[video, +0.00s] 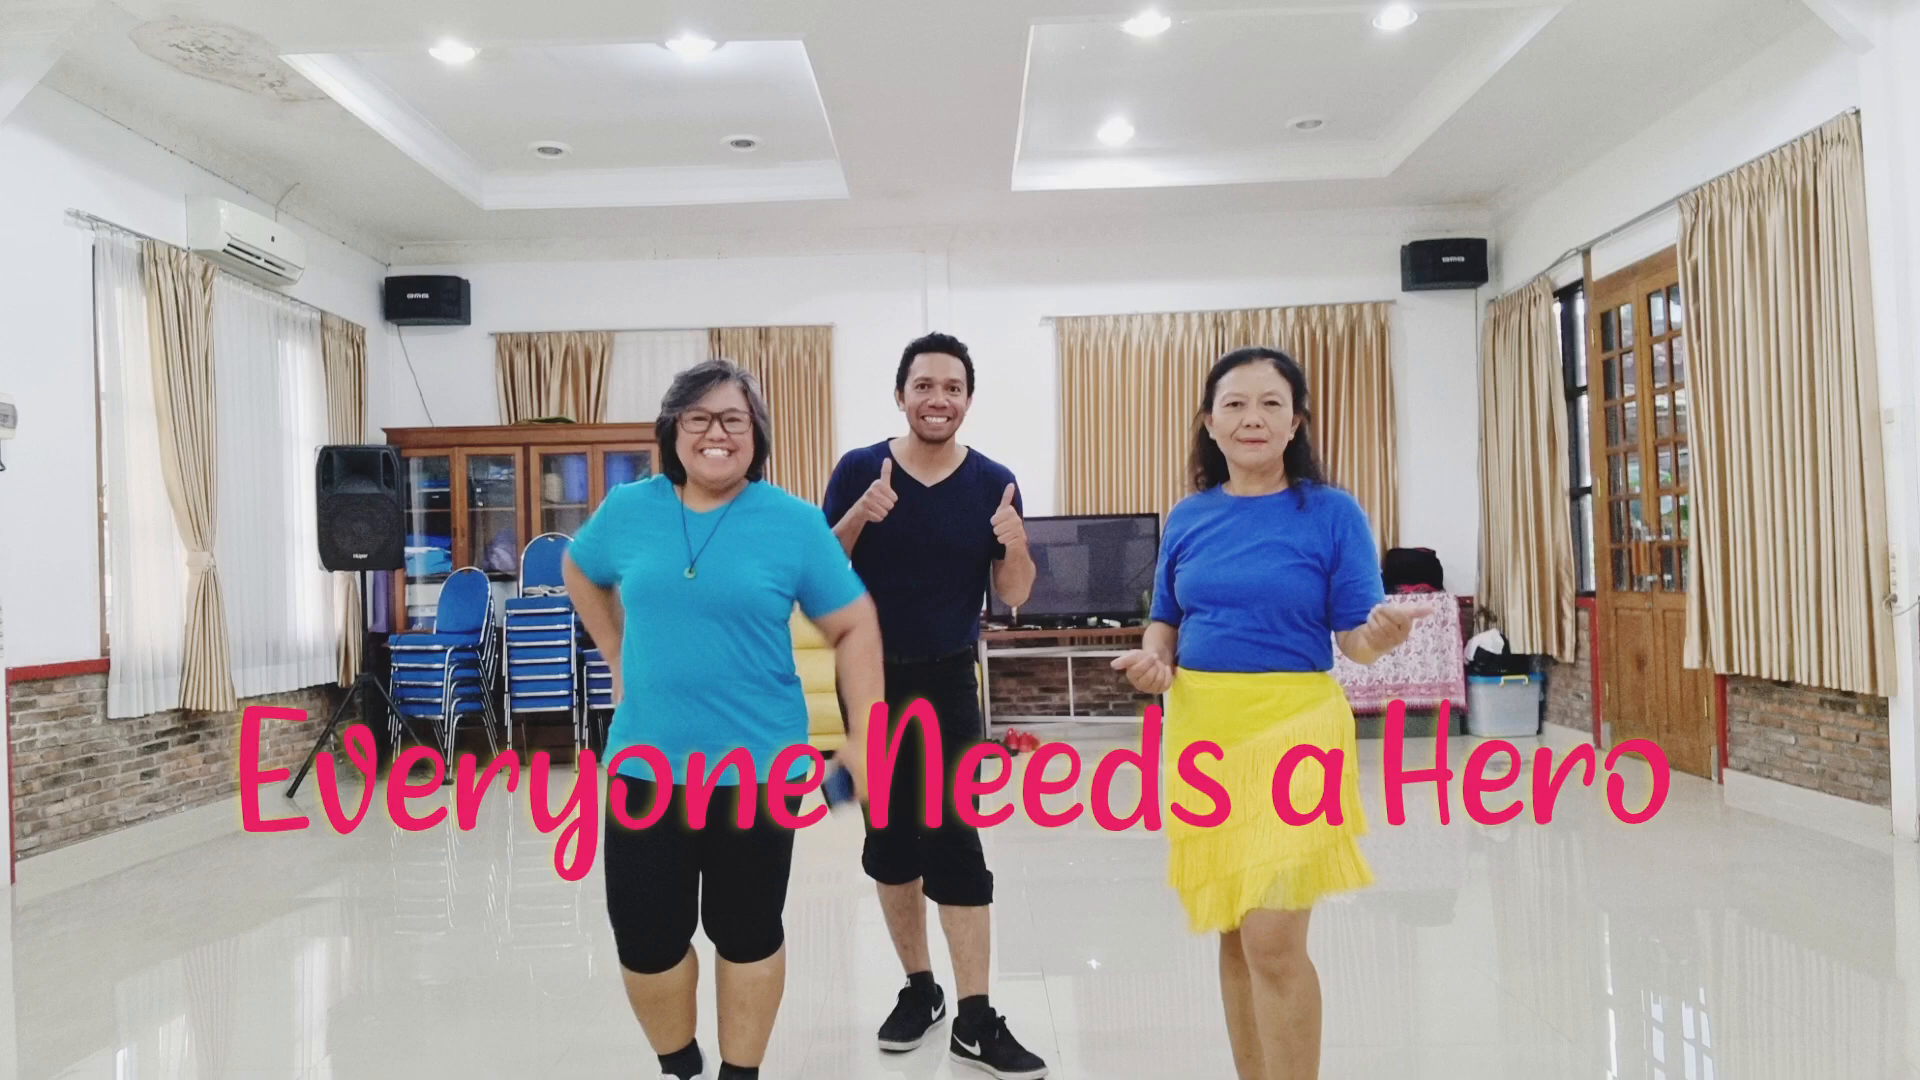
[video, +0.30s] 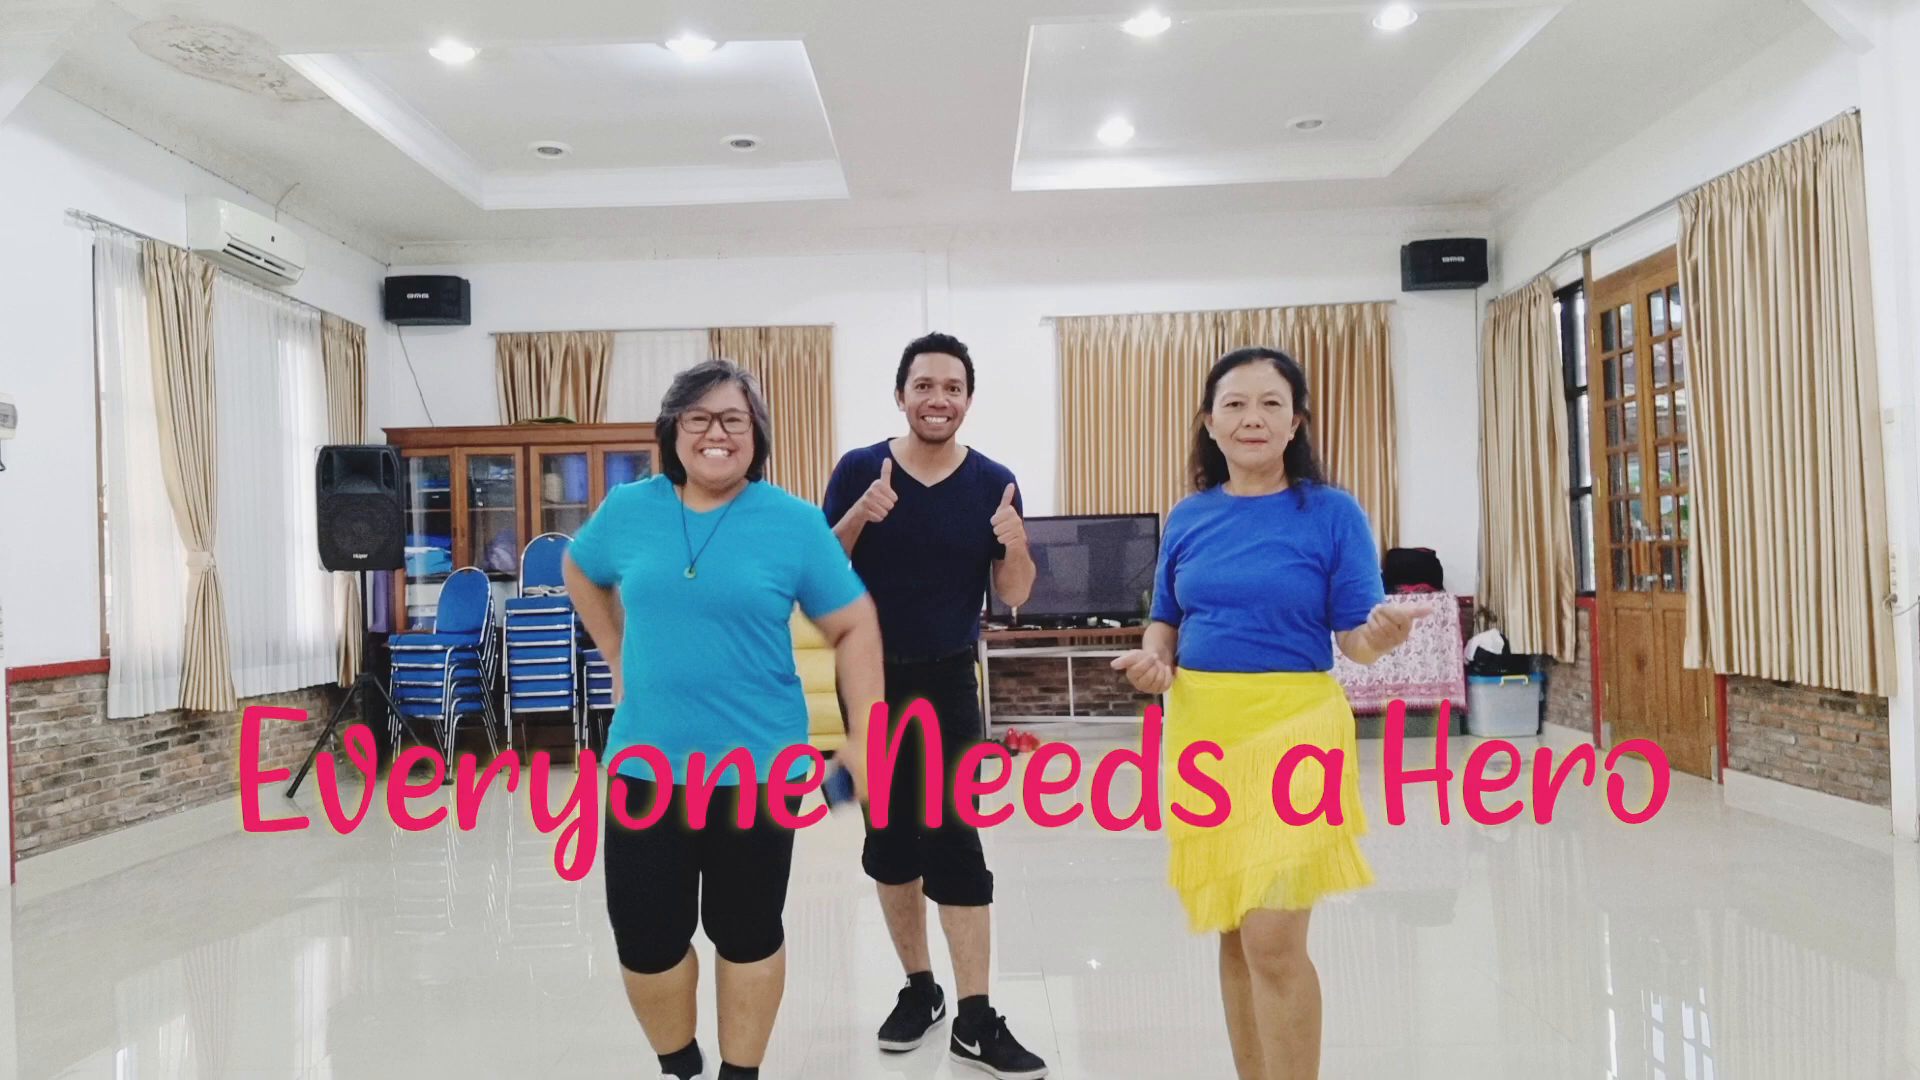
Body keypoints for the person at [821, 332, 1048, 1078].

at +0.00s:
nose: (938, 400)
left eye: (952, 388)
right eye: (924, 386)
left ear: (968, 399)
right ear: (900, 396)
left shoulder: (992, 483)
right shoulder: (858, 472)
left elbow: (1014, 595)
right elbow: (813, 570)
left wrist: (1015, 548)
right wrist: (854, 520)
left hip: (950, 676)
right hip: (872, 676)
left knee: (957, 841)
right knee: (892, 840)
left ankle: (975, 1014)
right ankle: (919, 990)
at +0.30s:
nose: (938, 400)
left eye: (952, 388)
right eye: (924, 386)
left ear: (968, 399)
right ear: (900, 396)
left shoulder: (992, 483)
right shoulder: (858, 472)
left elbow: (1014, 595)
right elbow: (813, 570)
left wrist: (1015, 548)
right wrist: (854, 520)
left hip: (950, 676)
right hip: (872, 676)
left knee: (957, 841)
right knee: (892, 840)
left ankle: (975, 1014)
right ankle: (919, 990)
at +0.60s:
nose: (938, 400)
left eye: (952, 388)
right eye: (924, 386)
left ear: (968, 399)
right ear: (900, 396)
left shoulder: (992, 483)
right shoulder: (858, 472)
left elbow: (1014, 595)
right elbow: (813, 570)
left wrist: (1015, 548)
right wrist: (854, 520)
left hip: (950, 676)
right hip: (872, 676)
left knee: (957, 841)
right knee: (892, 840)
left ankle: (975, 1014)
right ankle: (919, 990)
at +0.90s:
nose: (938, 400)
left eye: (952, 388)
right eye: (924, 386)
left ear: (968, 399)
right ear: (900, 396)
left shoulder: (992, 483)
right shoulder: (858, 472)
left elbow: (1014, 595)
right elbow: (813, 570)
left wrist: (1015, 548)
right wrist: (854, 520)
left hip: (950, 676)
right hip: (872, 676)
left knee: (957, 841)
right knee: (892, 840)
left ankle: (975, 1014)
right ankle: (919, 990)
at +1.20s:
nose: (938, 400)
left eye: (952, 388)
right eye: (924, 386)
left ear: (968, 399)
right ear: (900, 396)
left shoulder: (992, 483)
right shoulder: (858, 472)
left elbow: (1014, 595)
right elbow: (813, 570)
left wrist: (1015, 548)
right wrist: (854, 520)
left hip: (950, 676)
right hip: (872, 676)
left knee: (957, 841)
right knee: (892, 840)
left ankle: (975, 1014)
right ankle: (919, 990)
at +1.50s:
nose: (938, 400)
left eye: (952, 388)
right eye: (924, 386)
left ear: (968, 399)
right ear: (900, 396)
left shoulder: (992, 483)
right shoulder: (858, 472)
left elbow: (1014, 595)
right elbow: (813, 570)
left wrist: (1015, 548)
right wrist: (854, 520)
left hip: (950, 676)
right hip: (872, 676)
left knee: (957, 841)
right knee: (892, 840)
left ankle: (975, 1014)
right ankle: (919, 990)